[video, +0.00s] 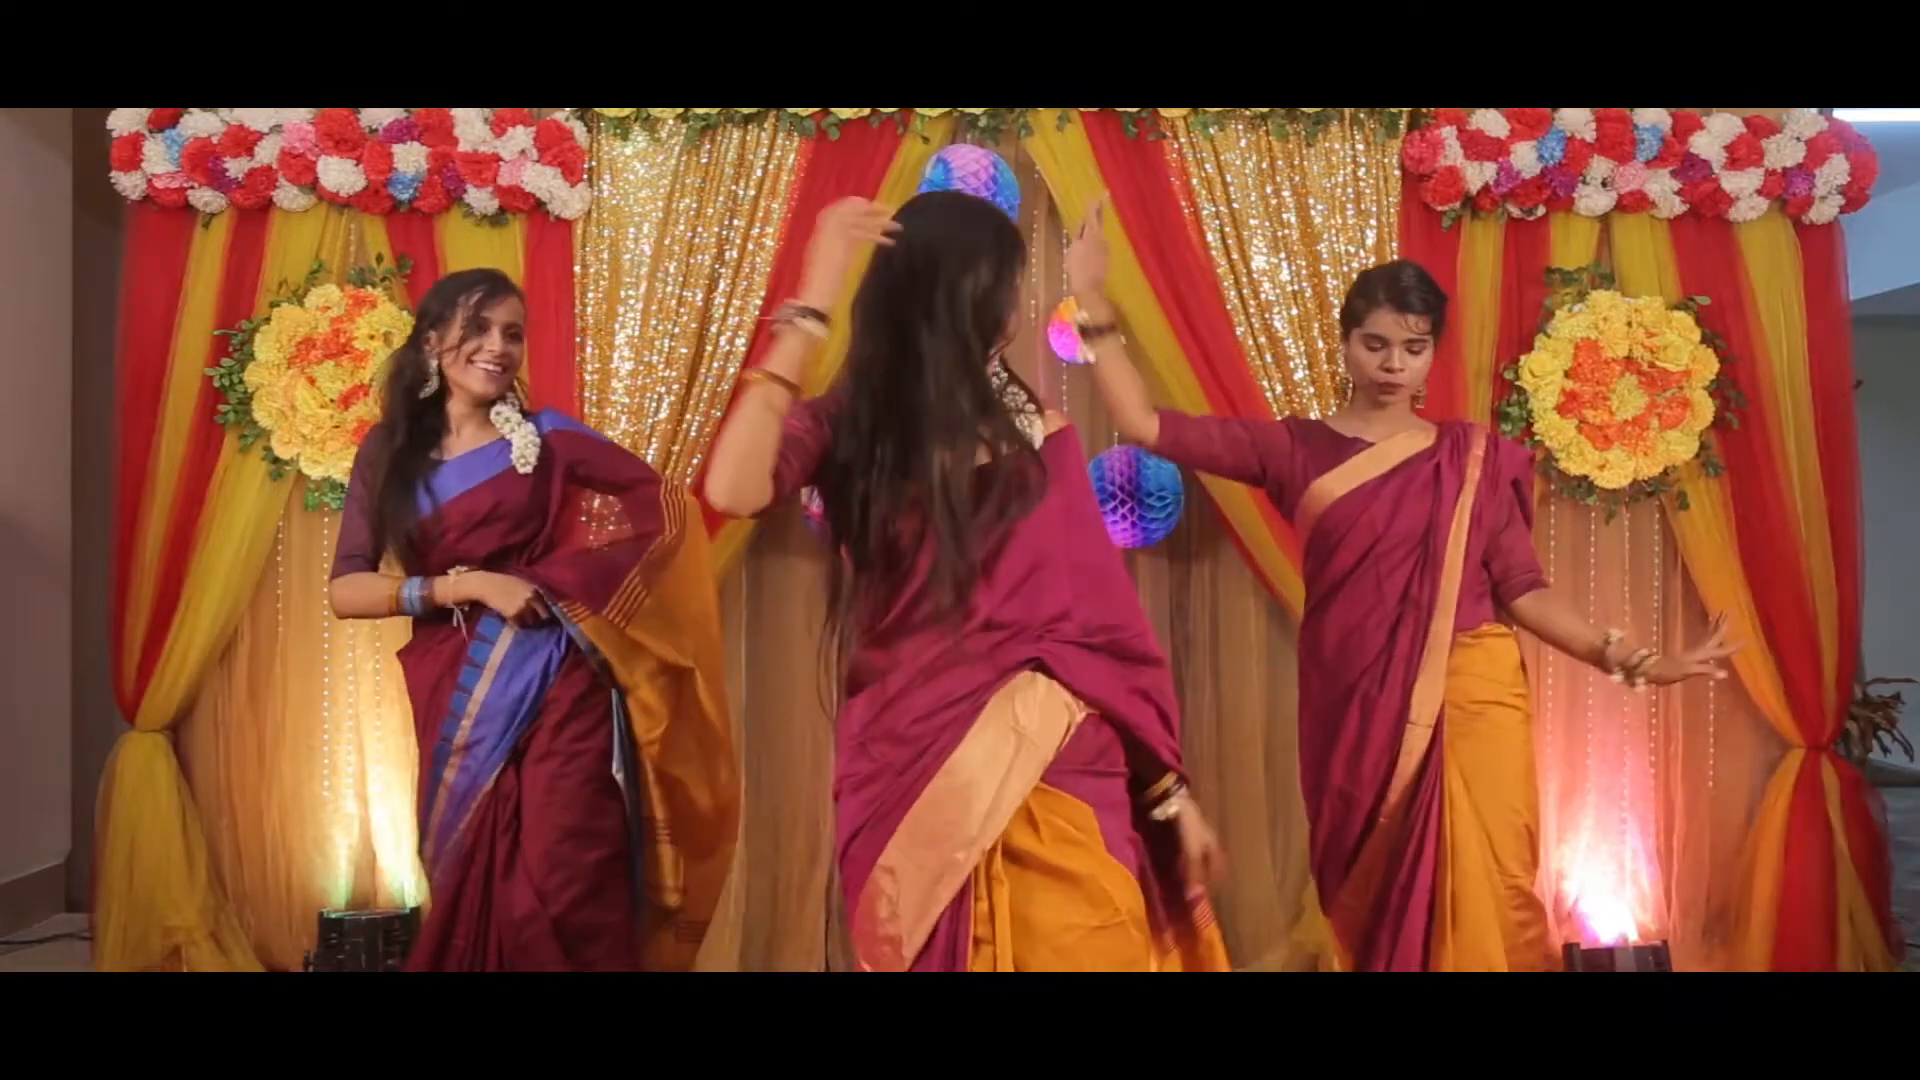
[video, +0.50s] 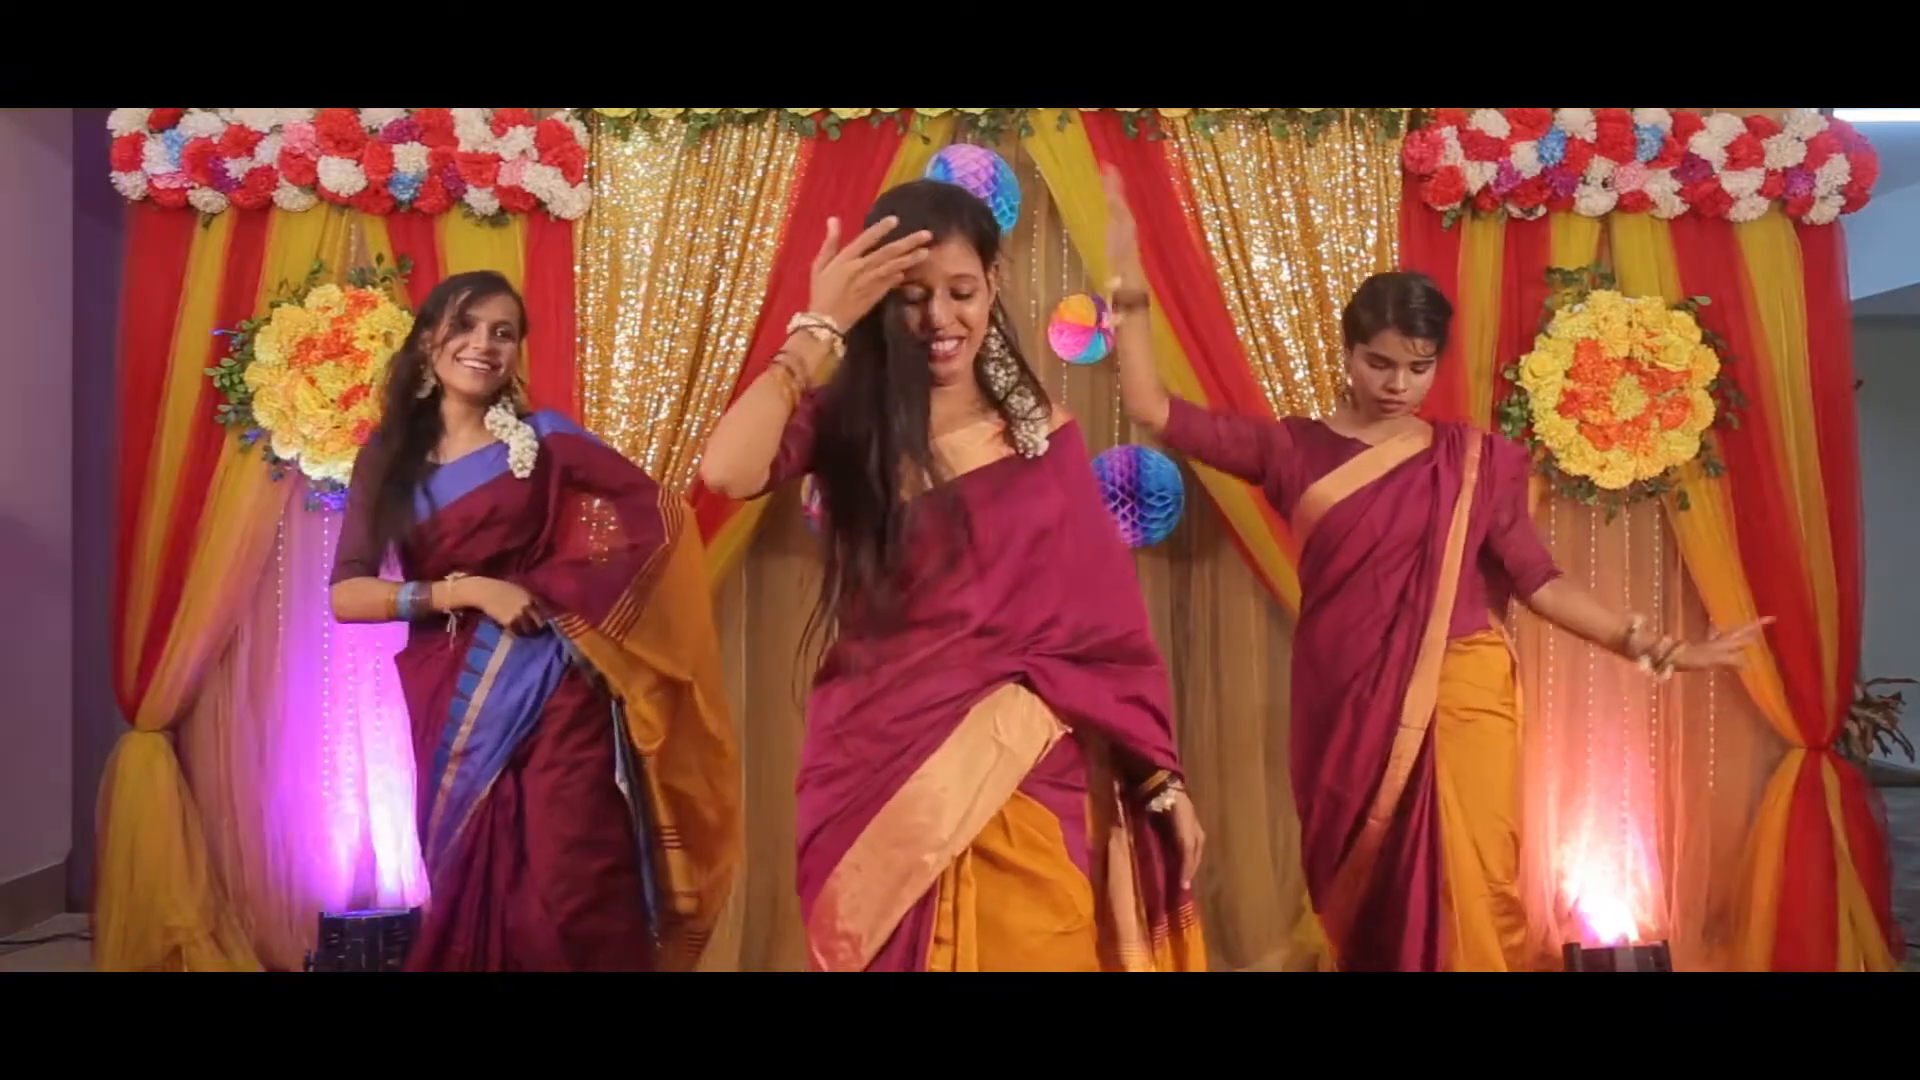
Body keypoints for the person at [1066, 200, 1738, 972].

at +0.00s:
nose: (1391, 363)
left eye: (1411, 347)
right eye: (1374, 342)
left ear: (1433, 350)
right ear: (1344, 340)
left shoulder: (1475, 453)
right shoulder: (1298, 448)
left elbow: (1524, 593)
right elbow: (1141, 425)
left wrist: (1629, 659)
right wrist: (1094, 319)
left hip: (1479, 689)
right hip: (1359, 701)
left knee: (1487, 892)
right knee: (1371, 900)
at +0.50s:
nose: (1398, 385)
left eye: (1417, 367)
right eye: (1380, 363)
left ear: (1439, 364)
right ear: (1345, 354)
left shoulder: (1476, 459)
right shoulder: (1292, 447)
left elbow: (1541, 583)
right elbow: (1153, 411)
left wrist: (1641, 642)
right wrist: (1127, 316)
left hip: (1466, 691)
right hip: (1350, 702)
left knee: (1471, 895)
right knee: (1362, 902)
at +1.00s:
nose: (1407, 388)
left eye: (1425, 370)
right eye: (1388, 367)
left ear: (1444, 365)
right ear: (1352, 358)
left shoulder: (1474, 457)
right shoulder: (1305, 461)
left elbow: (1550, 559)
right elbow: (1162, 495)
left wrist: (1557, 637)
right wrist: (1174, 369)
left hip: (1468, 706)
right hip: (1352, 716)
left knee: (1473, 907)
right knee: (1359, 915)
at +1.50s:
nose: (1409, 378)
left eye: (1428, 359)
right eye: (1389, 357)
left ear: (1448, 359)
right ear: (1355, 356)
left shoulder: (1493, 453)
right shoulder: (1316, 467)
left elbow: (1573, 558)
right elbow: (1223, 537)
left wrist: (1551, 651)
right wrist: (1280, 429)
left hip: (1469, 711)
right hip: (1349, 718)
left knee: (1471, 917)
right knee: (1349, 921)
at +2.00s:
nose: (1415, 365)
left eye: (1434, 349)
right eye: (1396, 345)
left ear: (1453, 358)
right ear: (1360, 352)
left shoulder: (1503, 456)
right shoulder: (1320, 479)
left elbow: (1531, 612)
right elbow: (1304, 623)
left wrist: (1579, 737)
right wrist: (1290, 696)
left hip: (1481, 729)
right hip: (1361, 735)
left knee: (1475, 933)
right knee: (1365, 935)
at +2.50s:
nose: (1420, 358)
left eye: (1437, 342)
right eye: (1398, 341)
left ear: (1453, 356)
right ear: (1360, 352)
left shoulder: (1463, 473)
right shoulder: (1326, 446)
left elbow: (1499, 617)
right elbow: (1346, 578)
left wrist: (1605, 680)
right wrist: (1438, 499)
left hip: (1471, 731)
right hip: (1374, 729)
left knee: (1486, 924)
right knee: (1389, 928)